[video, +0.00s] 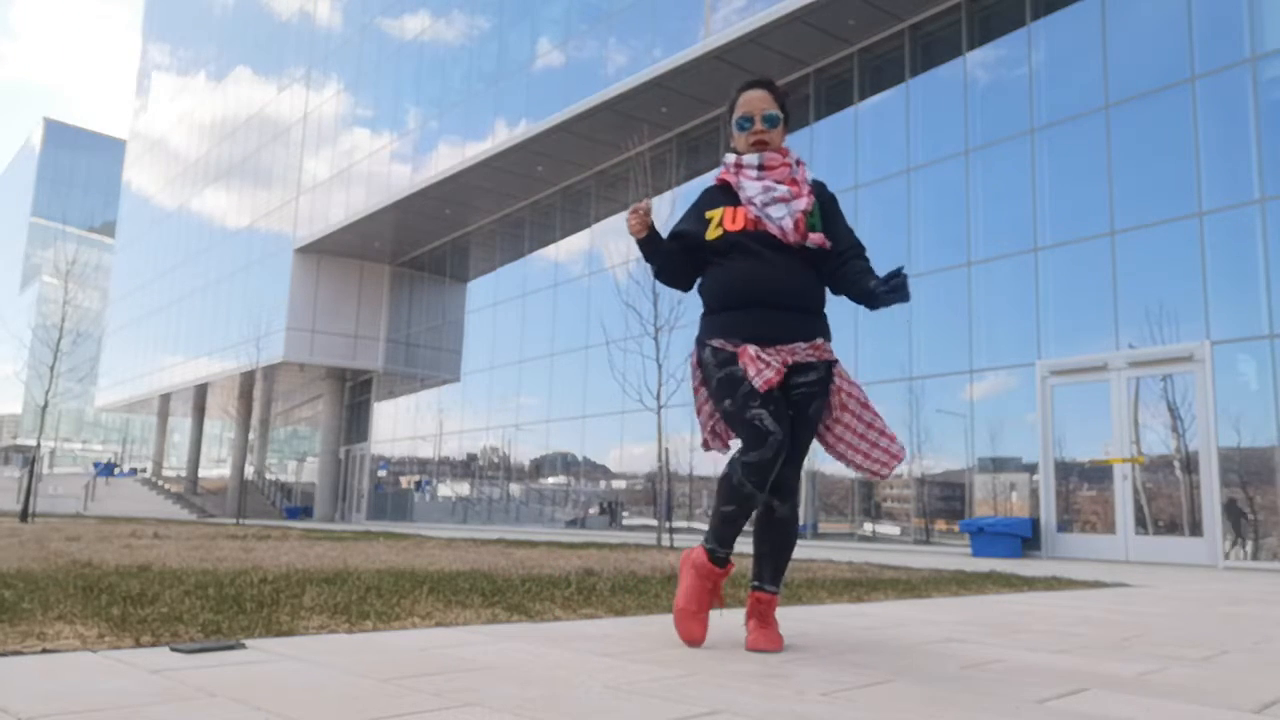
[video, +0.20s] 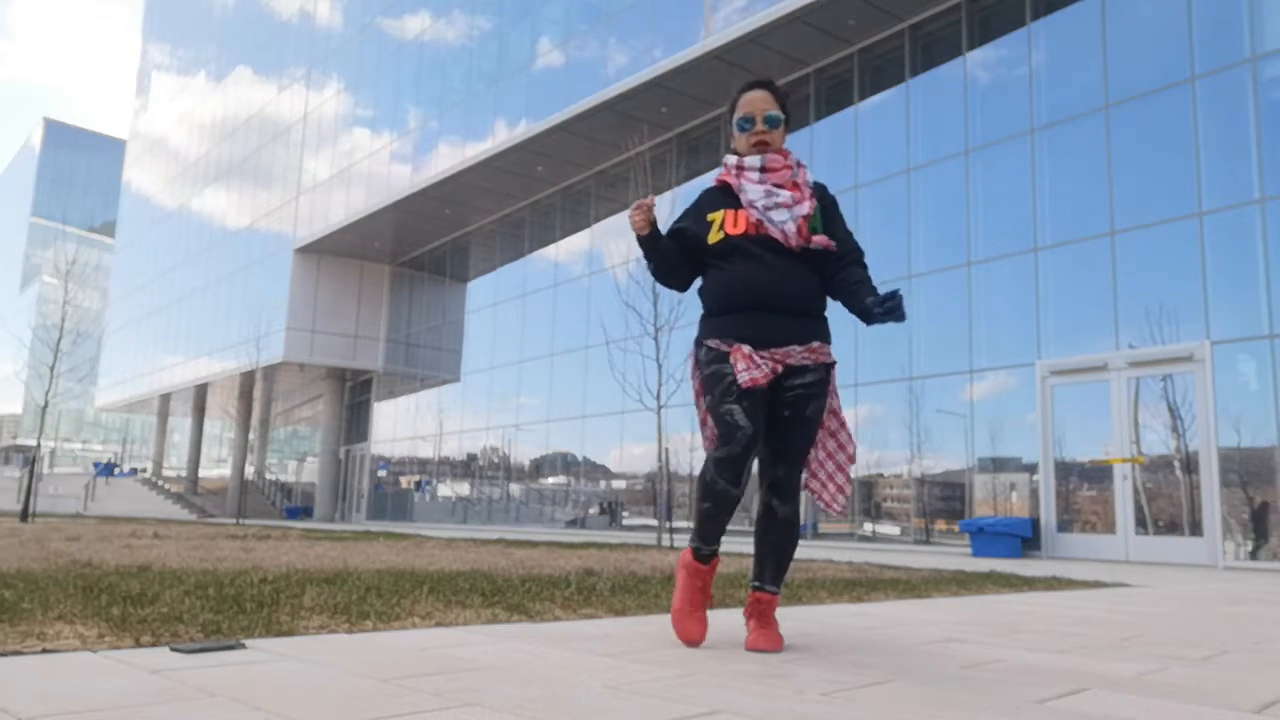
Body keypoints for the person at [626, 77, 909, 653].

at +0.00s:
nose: (759, 130)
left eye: (770, 120)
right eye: (746, 122)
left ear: (786, 129)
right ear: (731, 133)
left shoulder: (813, 195)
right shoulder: (715, 198)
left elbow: (844, 262)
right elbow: (680, 273)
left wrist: (871, 289)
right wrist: (649, 237)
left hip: (802, 348)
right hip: (730, 346)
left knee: (785, 480)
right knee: (764, 443)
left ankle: (764, 607)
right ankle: (708, 565)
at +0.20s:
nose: (760, 131)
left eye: (771, 121)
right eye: (746, 123)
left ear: (786, 130)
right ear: (731, 134)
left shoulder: (814, 197)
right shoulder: (713, 201)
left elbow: (844, 263)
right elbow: (678, 273)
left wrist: (868, 305)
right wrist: (650, 235)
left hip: (801, 349)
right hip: (729, 346)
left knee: (784, 479)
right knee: (738, 442)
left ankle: (763, 607)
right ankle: (698, 569)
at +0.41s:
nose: (760, 125)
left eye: (771, 114)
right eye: (747, 116)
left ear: (787, 124)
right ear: (730, 127)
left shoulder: (814, 194)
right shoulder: (709, 197)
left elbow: (849, 265)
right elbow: (679, 270)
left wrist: (882, 314)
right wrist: (657, 227)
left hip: (793, 351)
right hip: (717, 348)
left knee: (780, 480)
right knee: (685, 457)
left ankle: (764, 607)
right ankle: (677, 575)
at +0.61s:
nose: (750, 117)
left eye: (762, 107)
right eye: (738, 108)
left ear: (778, 118)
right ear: (721, 118)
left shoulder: (802, 190)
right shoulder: (696, 190)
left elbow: (836, 263)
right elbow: (666, 261)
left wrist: (873, 312)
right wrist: (643, 218)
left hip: (780, 350)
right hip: (704, 350)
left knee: (772, 478)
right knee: (688, 472)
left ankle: (765, 606)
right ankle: (669, 592)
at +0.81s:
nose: (738, 128)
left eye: (749, 119)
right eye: (726, 118)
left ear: (761, 129)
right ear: (704, 126)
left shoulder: (778, 200)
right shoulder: (674, 197)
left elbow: (808, 263)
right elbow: (635, 259)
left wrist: (836, 294)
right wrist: (618, 210)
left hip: (756, 356)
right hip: (682, 358)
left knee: (758, 480)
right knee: (677, 480)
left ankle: (762, 606)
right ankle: (668, 598)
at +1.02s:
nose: (737, 146)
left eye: (744, 138)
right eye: (726, 136)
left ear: (748, 144)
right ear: (695, 140)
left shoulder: (757, 208)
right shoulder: (659, 207)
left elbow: (792, 276)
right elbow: (602, 249)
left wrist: (749, 280)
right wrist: (601, 185)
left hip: (729, 359)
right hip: (661, 360)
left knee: (713, 459)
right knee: (664, 474)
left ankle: (732, 589)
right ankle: (667, 596)